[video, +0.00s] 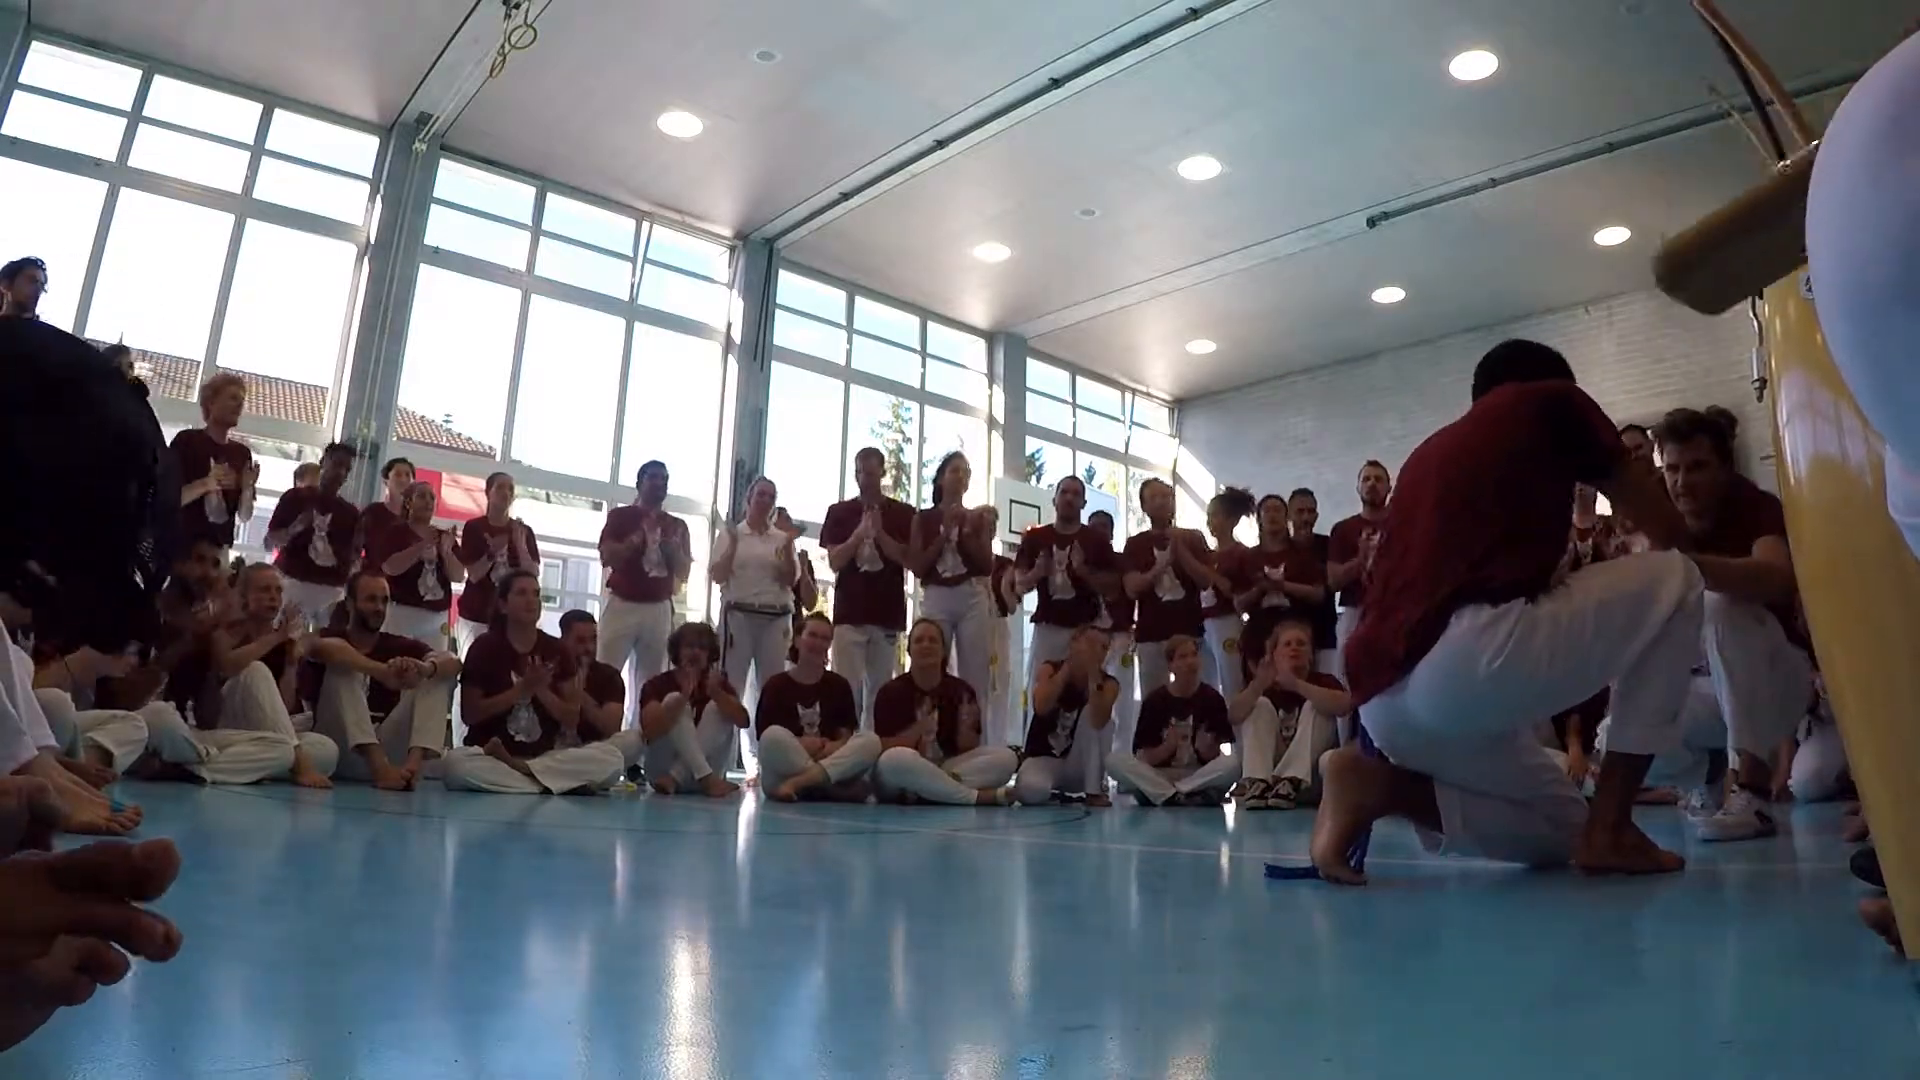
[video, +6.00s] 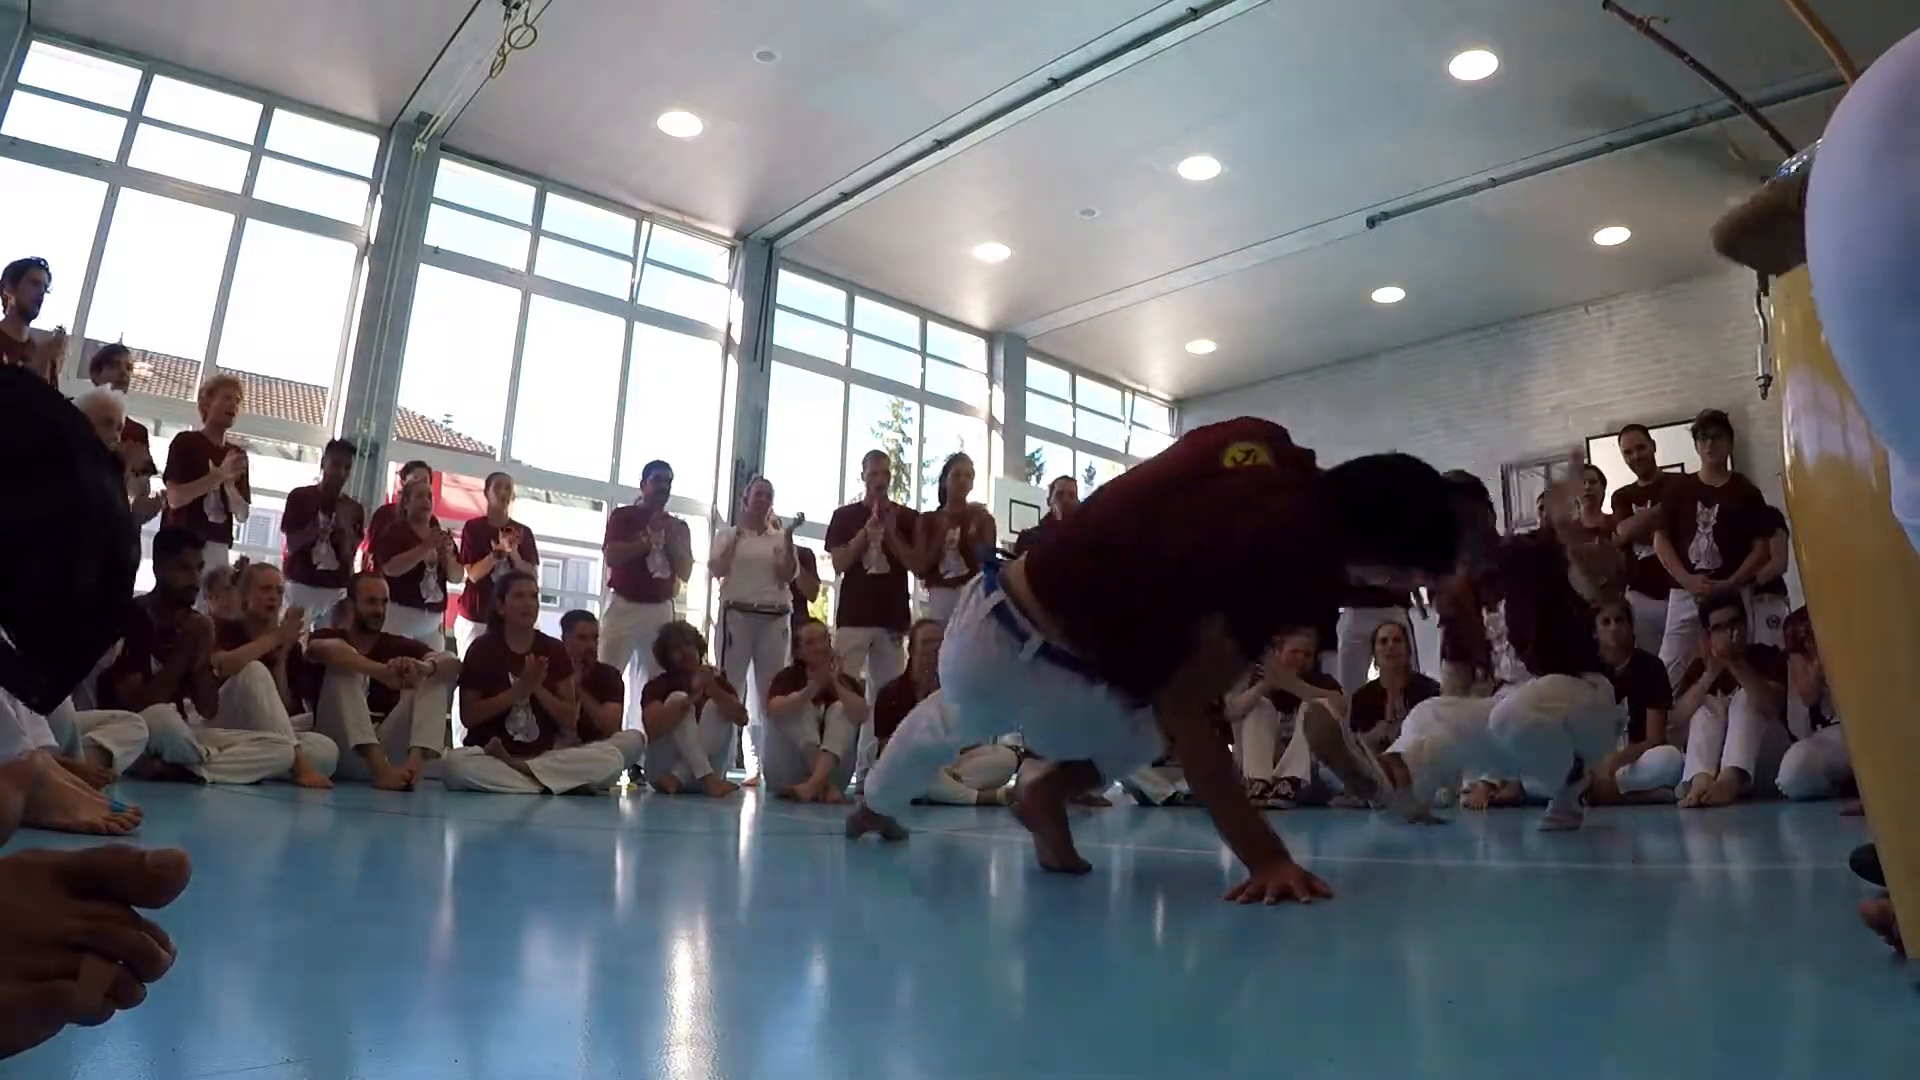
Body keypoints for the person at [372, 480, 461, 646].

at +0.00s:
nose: (428, 502)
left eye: (432, 497)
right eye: (422, 496)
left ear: (435, 503)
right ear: (408, 502)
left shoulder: (444, 537)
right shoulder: (397, 532)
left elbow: (459, 576)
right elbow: (389, 568)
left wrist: (447, 552)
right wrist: (419, 549)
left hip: (437, 613)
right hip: (402, 610)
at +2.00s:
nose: (430, 502)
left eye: (432, 497)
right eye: (423, 496)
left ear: (435, 502)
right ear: (407, 502)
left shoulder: (442, 537)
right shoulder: (396, 532)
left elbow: (457, 577)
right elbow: (394, 568)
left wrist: (445, 554)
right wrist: (431, 549)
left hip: (433, 613)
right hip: (401, 610)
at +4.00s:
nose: (423, 501)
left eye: (426, 496)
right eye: (415, 497)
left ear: (431, 501)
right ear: (402, 504)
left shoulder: (441, 533)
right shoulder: (395, 531)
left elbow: (457, 575)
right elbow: (392, 568)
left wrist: (441, 555)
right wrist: (428, 549)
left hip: (434, 614)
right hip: (400, 611)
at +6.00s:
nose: (426, 502)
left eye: (429, 497)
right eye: (419, 496)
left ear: (433, 502)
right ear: (406, 502)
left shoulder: (440, 535)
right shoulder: (394, 531)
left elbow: (457, 577)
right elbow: (390, 569)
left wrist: (448, 555)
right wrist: (426, 547)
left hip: (434, 614)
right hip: (401, 610)